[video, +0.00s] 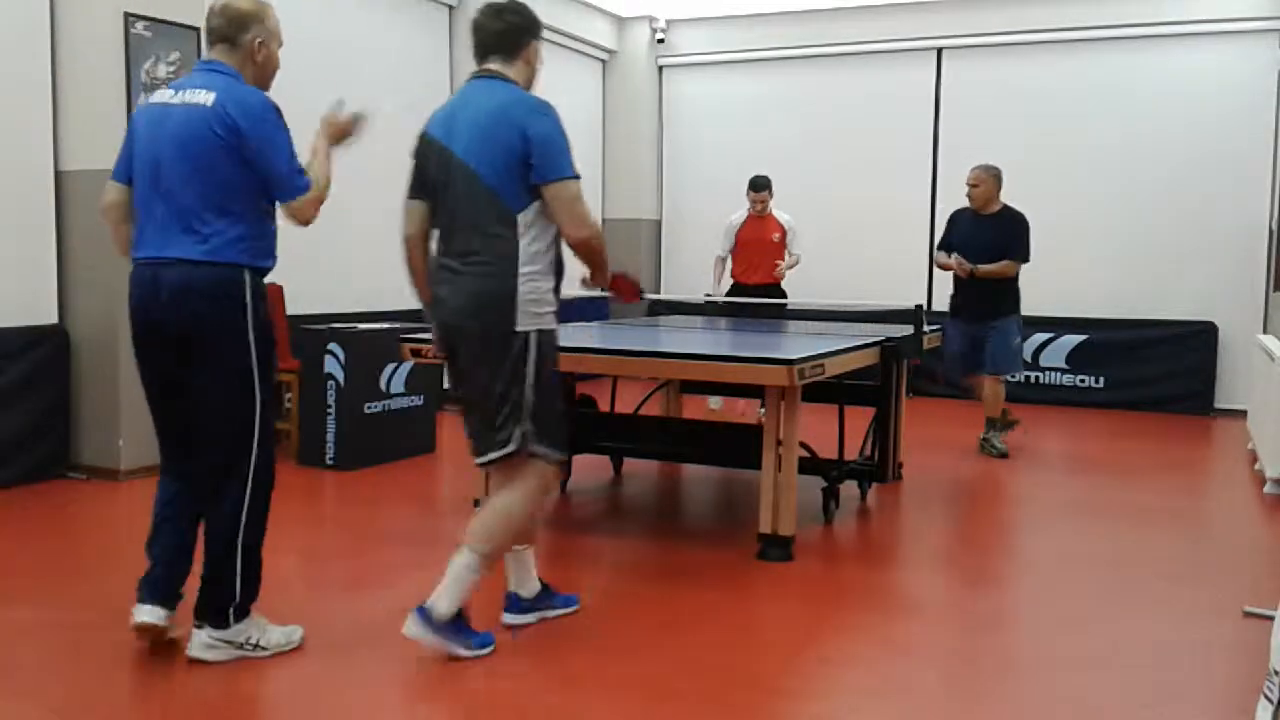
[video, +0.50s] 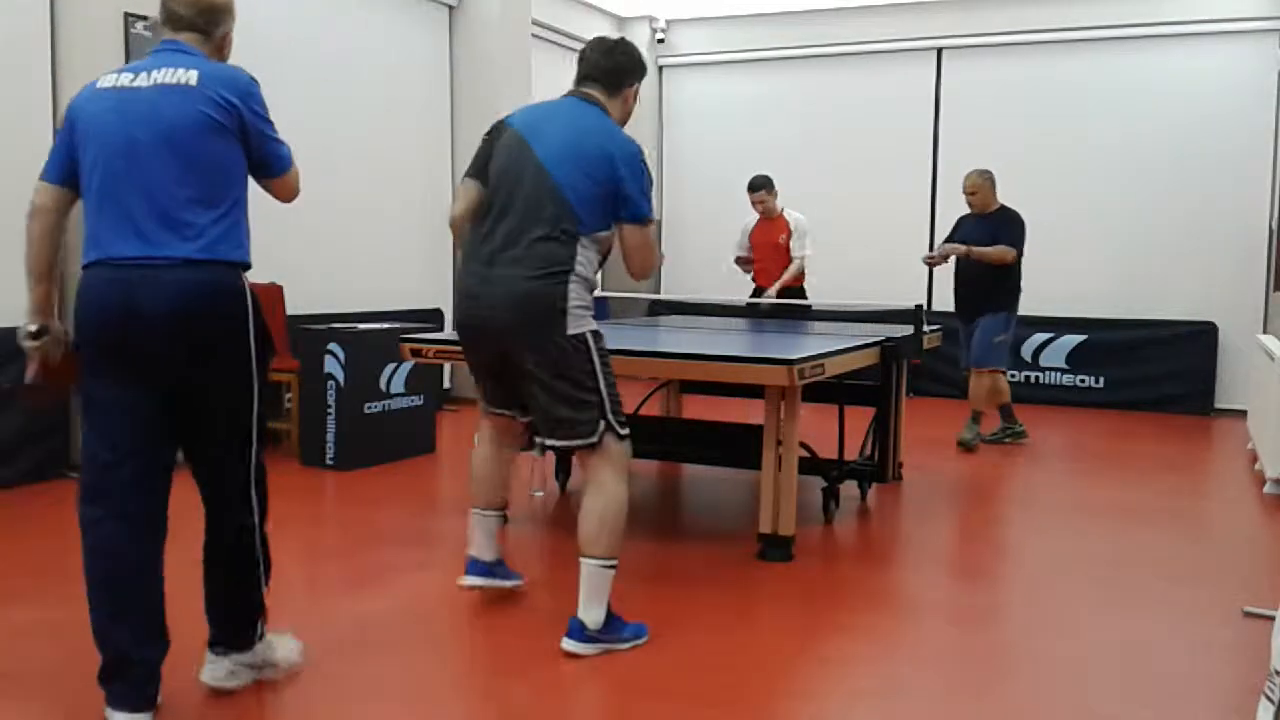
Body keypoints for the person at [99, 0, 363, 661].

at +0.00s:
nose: (277, 64)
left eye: (278, 52)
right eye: (277, 52)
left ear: (213, 44)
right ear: (258, 47)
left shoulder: (154, 103)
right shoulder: (252, 108)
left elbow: (115, 203)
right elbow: (303, 207)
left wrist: (148, 266)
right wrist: (325, 142)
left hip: (154, 291)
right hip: (225, 293)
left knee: (183, 453)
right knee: (243, 456)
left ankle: (156, 597)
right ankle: (224, 621)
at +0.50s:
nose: (233, 45)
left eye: (226, 33)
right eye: (232, 35)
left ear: (162, 29)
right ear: (222, 35)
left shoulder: (91, 95)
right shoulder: (231, 86)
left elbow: (46, 208)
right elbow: (285, 186)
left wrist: (42, 320)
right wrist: (242, 123)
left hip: (110, 303)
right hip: (207, 301)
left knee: (116, 492)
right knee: (232, 479)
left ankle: (129, 694)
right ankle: (235, 644)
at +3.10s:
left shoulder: (348, 57)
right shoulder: (536, 24)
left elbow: (309, 215)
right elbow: (591, 169)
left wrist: (374, 302)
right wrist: (564, 244)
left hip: (395, 329)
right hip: (526, 321)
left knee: (401, 591)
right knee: (601, 578)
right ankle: (609, 706)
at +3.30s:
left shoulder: (398, 69)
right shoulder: (588, 38)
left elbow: (361, 234)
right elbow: (651, 173)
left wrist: (435, 291)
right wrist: (611, 247)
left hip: (444, 335)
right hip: (572, 332)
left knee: (420, 595)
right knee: (633, 581)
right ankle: (686, 707)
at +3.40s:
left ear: (500, 2)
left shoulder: (441, 74)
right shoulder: (636, 50)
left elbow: (399, 234)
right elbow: (707, 183)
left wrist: (463, 293)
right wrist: (645, 250)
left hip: (482, 340)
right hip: (612, 337)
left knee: (445, 598)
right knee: (665, 591)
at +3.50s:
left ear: (531, 3)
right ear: (607, 1)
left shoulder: (464, 69)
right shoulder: (665, 49)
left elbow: (429, 226)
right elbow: (742, 180)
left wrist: (484, 291)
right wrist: (679, 249)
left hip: (503, 337)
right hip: (637, 333)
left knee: (461, 587)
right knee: (688, 587)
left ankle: (417, 714)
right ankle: (709, 712)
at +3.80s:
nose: (637, 13)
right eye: (636, 10)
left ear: (548, 1)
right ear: (623, 4)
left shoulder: (468, 60)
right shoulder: (667, 58)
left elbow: (419, 213)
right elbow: (717, 208)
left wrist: (498, 262)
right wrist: (688, 260)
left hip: (489, 333)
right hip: (617, 333)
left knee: (456, 580)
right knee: (665, 577)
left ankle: (422, 714)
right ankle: (698, 712)